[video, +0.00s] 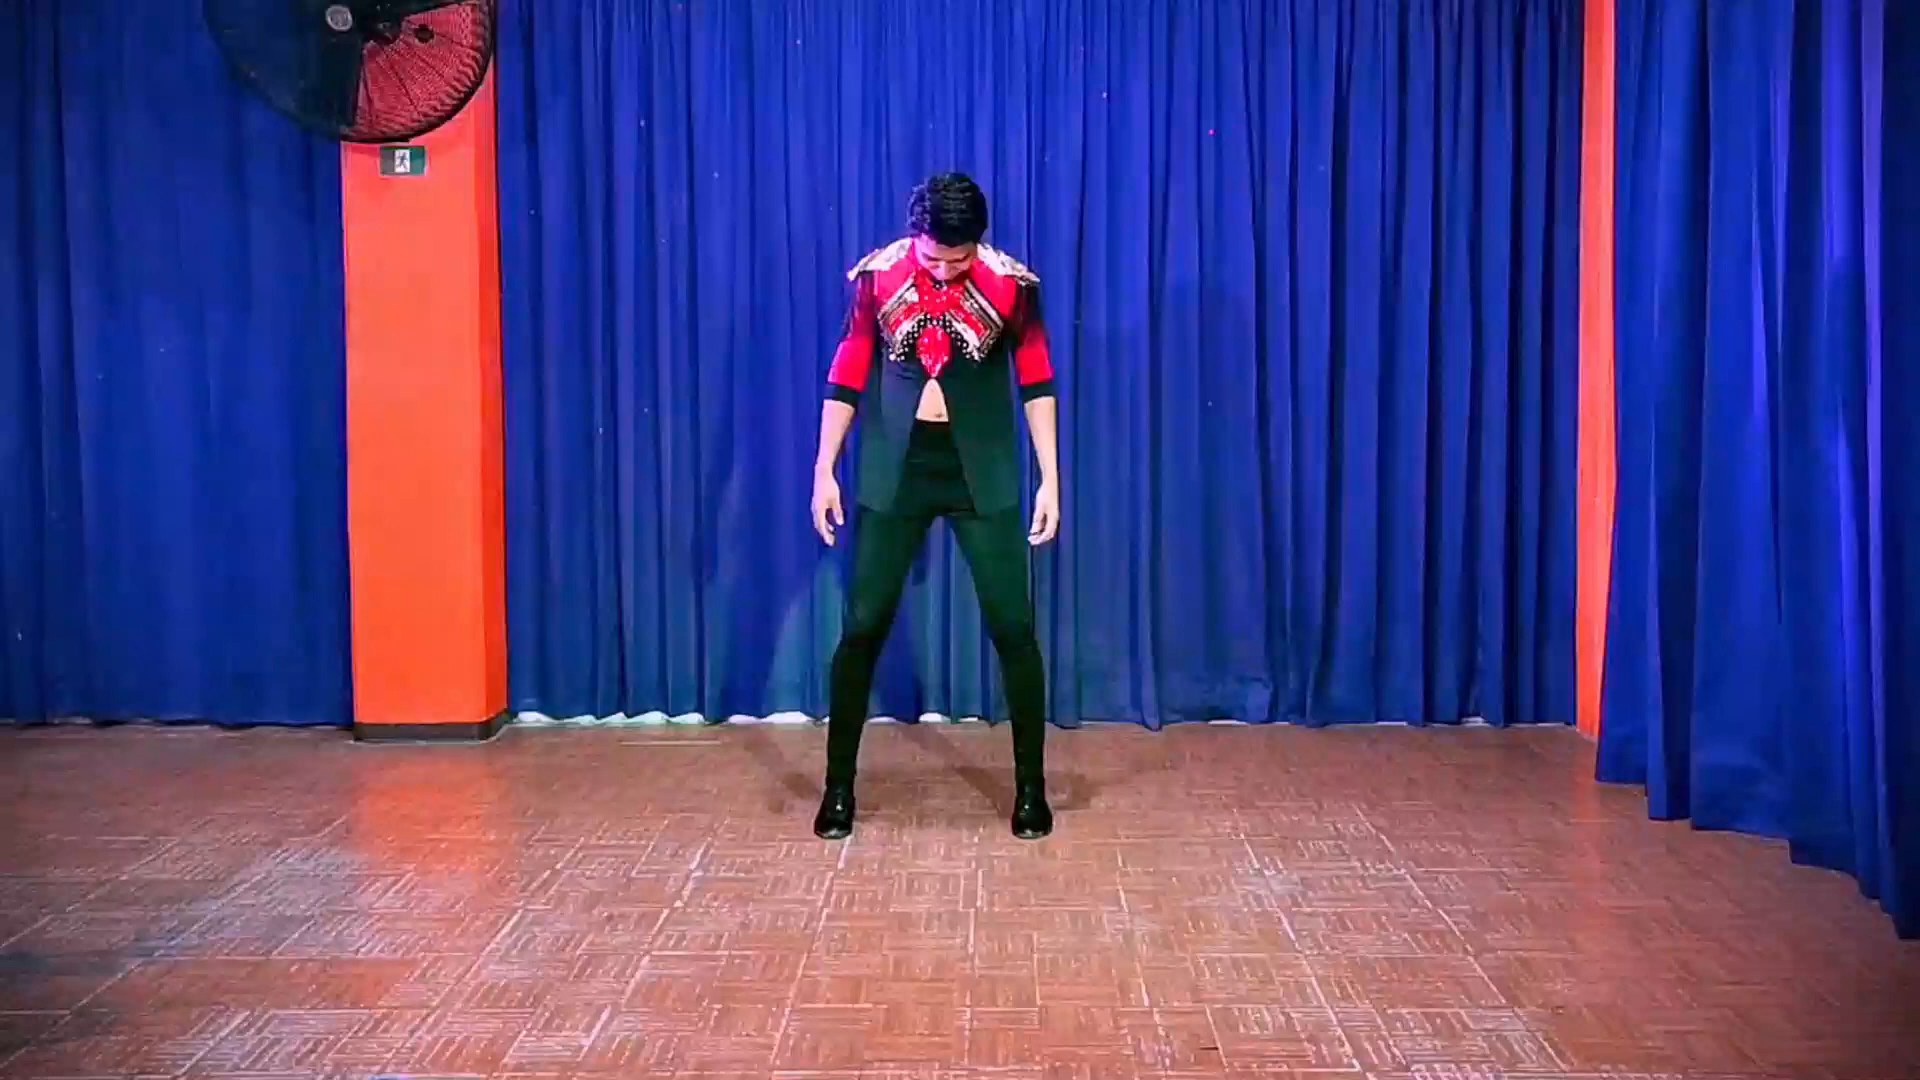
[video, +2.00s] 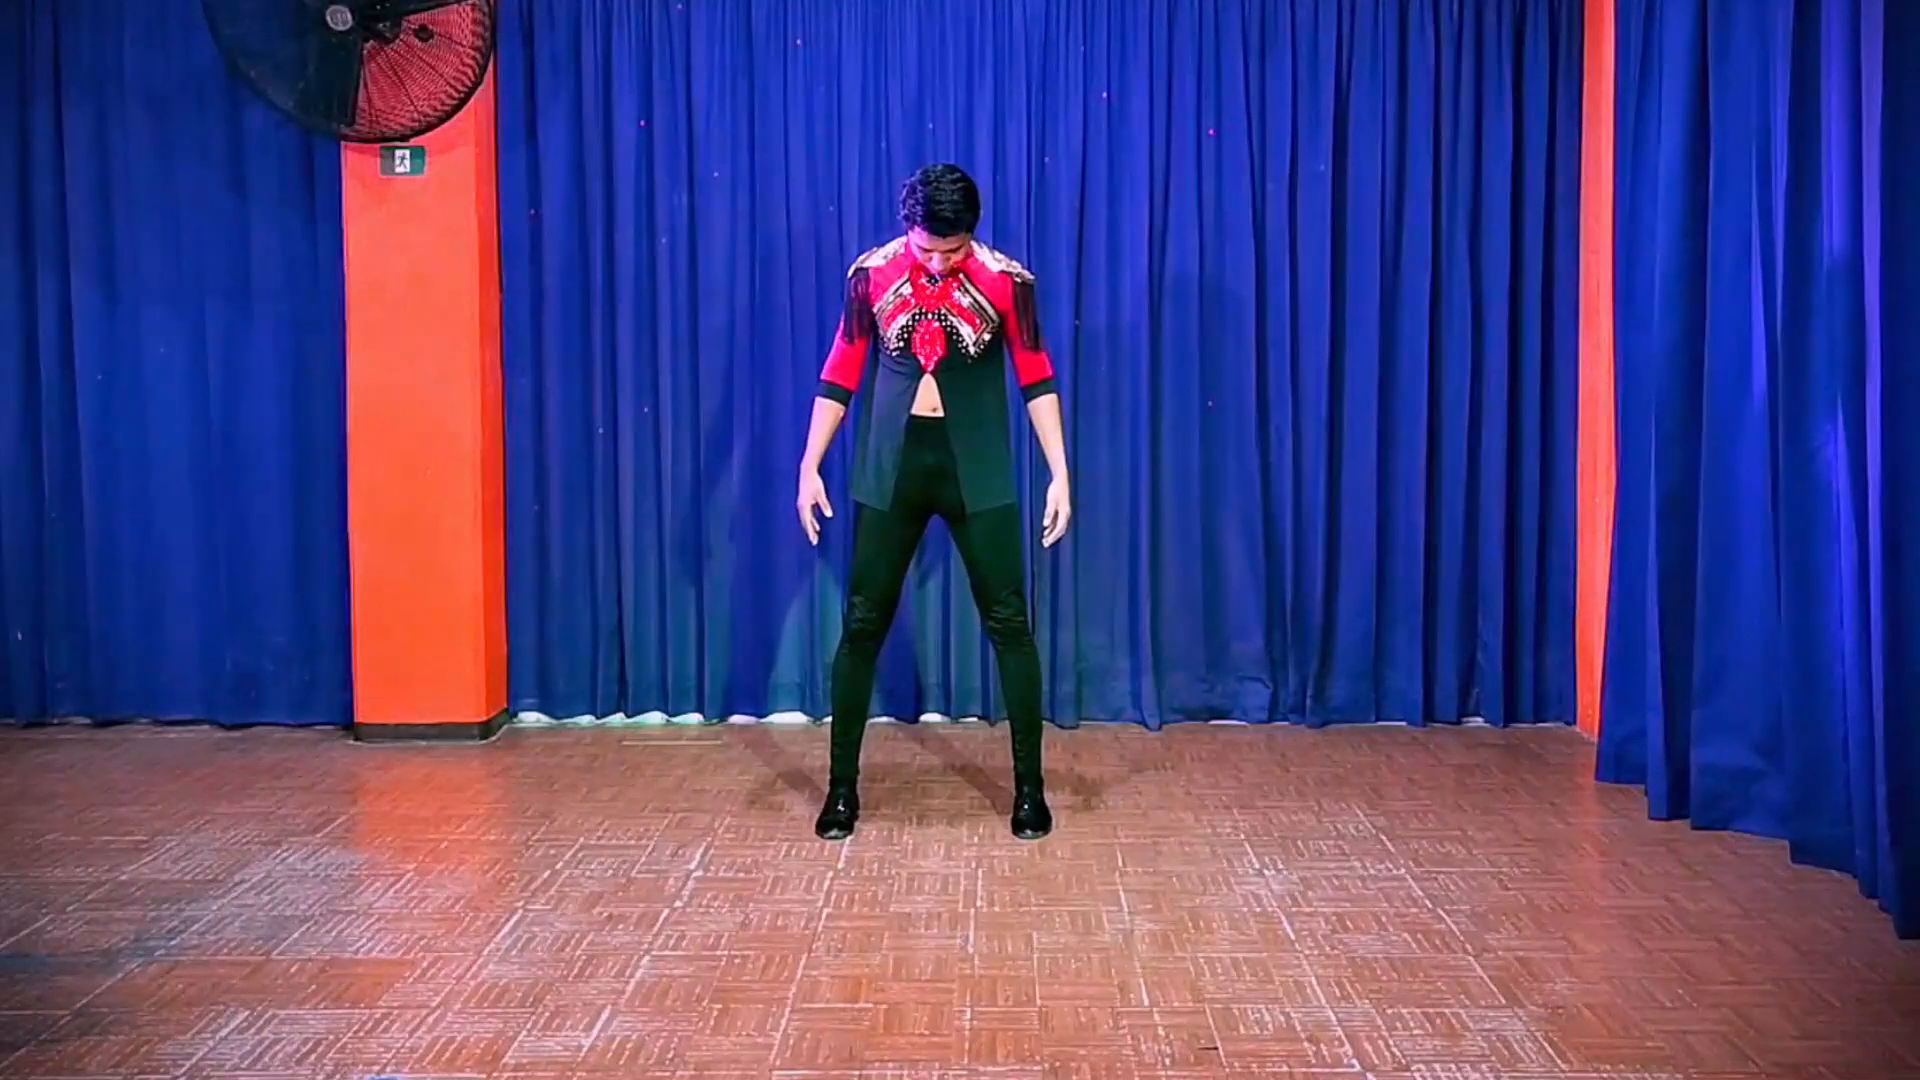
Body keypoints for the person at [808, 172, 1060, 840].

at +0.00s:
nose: (946, 267)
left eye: (958, 257)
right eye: (935, 255)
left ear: (979, 240)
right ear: (917, 236)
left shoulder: (1010, 285)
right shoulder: (878, 278)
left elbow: (1036, 382)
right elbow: (848, 375)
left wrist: (1049, 478)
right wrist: (824, 468)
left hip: (985, 469)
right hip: (896, 469)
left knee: (1014, 627)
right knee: (863, 626)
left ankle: (1030, 786)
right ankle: (838, 786)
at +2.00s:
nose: (942, 259)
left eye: (954, 248)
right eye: (929, 247)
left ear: (974, 230)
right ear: (909, 228)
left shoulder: (1007, 281)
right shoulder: (872, 275)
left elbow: (1036, 378)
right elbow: (842, 372)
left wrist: (1059, 473)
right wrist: (809, 465)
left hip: (979, 464)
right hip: (892, 463)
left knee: (1008, 619)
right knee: (863, 622)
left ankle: (1029, 785)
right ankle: (841, 786)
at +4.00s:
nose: (940, 257)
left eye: (953, 245)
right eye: (928, 244)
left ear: (972, 228)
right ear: (907, 226)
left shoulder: (1005, 281)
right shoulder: (872, 275)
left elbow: (1035, 378)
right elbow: (839, 372)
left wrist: (1058, 472)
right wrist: (809, 464)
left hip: (977, 467)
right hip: (890, 466)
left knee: (1007, 623)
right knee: (863, 625)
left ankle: (1028, 784)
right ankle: (842, 786)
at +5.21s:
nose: (930, 246)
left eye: (944, 232)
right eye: (918, 232)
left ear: (963, 220)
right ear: (898, 216)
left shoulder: (996, 280)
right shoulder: (861, 273)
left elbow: (1054, 359)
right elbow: (798, 354)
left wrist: (1071, 449)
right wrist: (795, 444)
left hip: (966, 473)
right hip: (879, 473)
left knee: (999, 626)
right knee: (857, 627)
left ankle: (1028, 783)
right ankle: (844, 787)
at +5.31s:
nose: (922, 233)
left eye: (937, 220)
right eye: (910, 218)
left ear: (956, 215)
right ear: (891, 209)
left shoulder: (986, 274)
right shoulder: (852, 267)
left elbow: (1081, 319)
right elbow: (768, 321)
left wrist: (1088, 372)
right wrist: (813, 349)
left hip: (955, 477)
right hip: (868, 476)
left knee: (984, 630)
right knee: (849, 627)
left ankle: (997, 786)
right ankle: (843, 790)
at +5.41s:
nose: (918, 230)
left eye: (932, 217)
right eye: (907, 215)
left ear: (953, 217)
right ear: (887, 215)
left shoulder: (978, 276)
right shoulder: (860, 275)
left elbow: (1031, 319)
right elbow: (855, 332)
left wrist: (1007, 235)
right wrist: (877, 231)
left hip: (949, 479)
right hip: (869, 475)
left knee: (940, 639)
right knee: (846, 629)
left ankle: (890, 784)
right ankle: (838, 782)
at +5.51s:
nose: (922, 216)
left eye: (932, 202)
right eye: (910, 204)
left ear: (953, 210)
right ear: (890, 214)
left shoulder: (989, 279)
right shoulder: (862, 280)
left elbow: (971, 322)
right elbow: (903, 335)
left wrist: (957, 226)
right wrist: (908, 242)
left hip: (953, 477)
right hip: (876, 473)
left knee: (939, 637)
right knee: (855, 623)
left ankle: (891, 785)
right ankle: (834, 783)